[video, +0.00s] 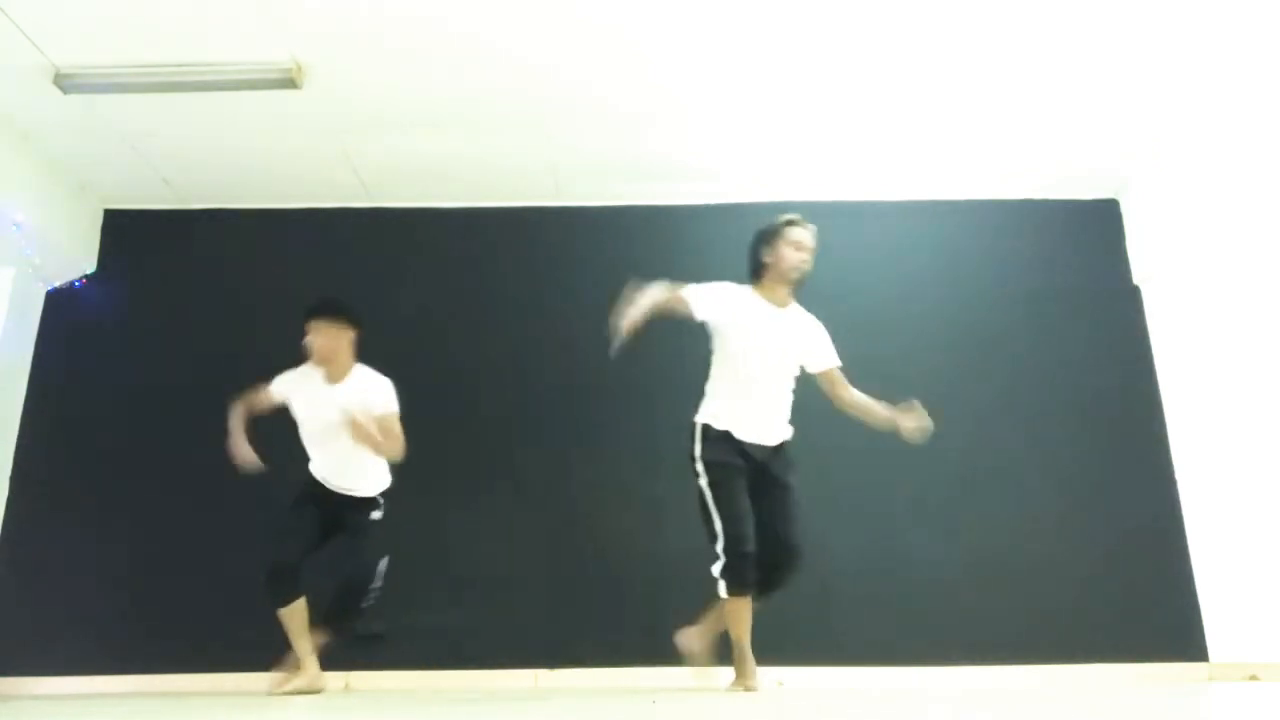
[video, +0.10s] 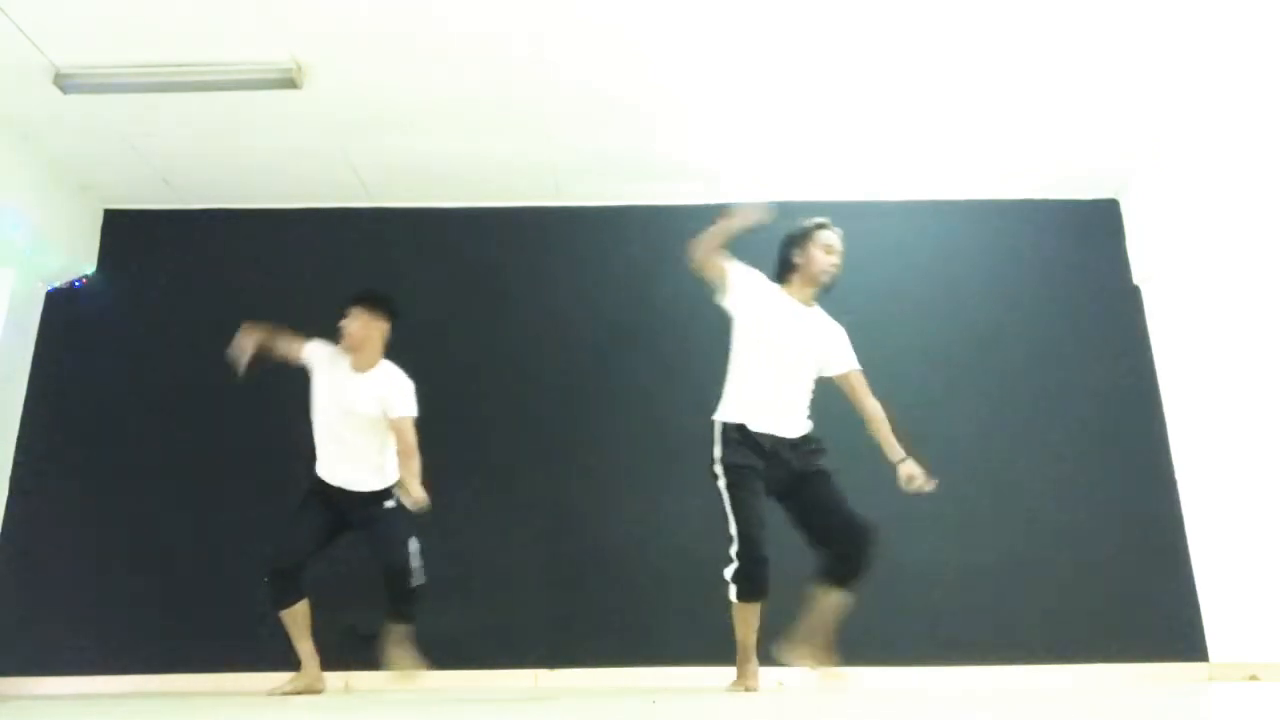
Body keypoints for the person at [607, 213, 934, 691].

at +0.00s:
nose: (803, 257)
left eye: (808, 251)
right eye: (794, 246)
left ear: (810, 261)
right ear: (767, 252)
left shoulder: (807, 328)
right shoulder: (729, 299)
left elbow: (841, 392)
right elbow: (661, 294)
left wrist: (894, 417)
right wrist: (632, 314)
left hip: (771, 447)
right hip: (720, 438)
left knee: (781, 555)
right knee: (739, 546)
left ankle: (699, 634)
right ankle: (744, 666)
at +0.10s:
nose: (835, 259)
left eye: (838, 252)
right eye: (826, 248)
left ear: (837, 264)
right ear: (797, 255)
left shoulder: (828, 331)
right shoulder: (751, 289)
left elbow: (865, 402)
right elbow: (700, 253)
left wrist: (901, 459)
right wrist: (742, 219)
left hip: (794, 446)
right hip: (739, 438)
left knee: (851, 539)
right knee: (751, 549)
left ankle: (807, 643)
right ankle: (746, 666)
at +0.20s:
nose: (856, 259)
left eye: (860, 252)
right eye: (847, 248)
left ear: (860, 265)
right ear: (818, 252)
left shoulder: (851, 330)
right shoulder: (780, 284)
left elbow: (879, 402)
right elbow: (752, 227)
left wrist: (904, 466)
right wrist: (815, 222)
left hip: (833, 448)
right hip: (773, 441)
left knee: (905, 537)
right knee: (765, 560)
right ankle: (749, 671)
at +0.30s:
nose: (877, 254)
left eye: (881, 249)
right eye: (866, 245)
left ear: (883, 262)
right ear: (841, 251)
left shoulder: (887, 326)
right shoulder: (813, 288)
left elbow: (914, 395)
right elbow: (793, 223)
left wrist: (941, 456)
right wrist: (854, 226)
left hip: (885, 448)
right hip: (824, 442)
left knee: (953, 546)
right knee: (793, 559)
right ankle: (752, 669)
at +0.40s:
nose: (908, 246)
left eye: (906, 238)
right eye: (897, 239)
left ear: (901, 256)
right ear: (870, 253)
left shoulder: (922, 319)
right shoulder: (847, 296)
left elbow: (970, 378)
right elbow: (812, 250)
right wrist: (864, 213)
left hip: (942, 447)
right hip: (884, 445)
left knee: (1023, 538)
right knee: (837, 561)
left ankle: (1058, 664)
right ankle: (760, 660)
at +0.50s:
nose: (927, 238)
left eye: (924, 232)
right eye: (914, 233)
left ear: (924, 249)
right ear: (888, 253)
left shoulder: (956, 305)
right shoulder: (877, 303)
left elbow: (1018, 332)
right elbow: (840, 309)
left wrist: (1081, 311)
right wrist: (810, 260)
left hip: (990, 445)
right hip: (930, 449)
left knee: (1066, 535)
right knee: (892, 565)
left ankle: (1060, 664)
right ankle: (822, 669)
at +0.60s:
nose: (933, 231)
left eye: (930, 224)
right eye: (919, 227)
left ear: (937, 238)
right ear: (896, 251)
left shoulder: (974, 278)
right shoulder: (895, 307)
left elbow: (1025, 260)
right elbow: (871, 350)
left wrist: (1048, 238)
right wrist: (811, 361)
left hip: (1021, 430)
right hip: (966, 439)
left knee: (1081, 542)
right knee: (960, 562)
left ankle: (1062, 665)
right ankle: (920, 669)